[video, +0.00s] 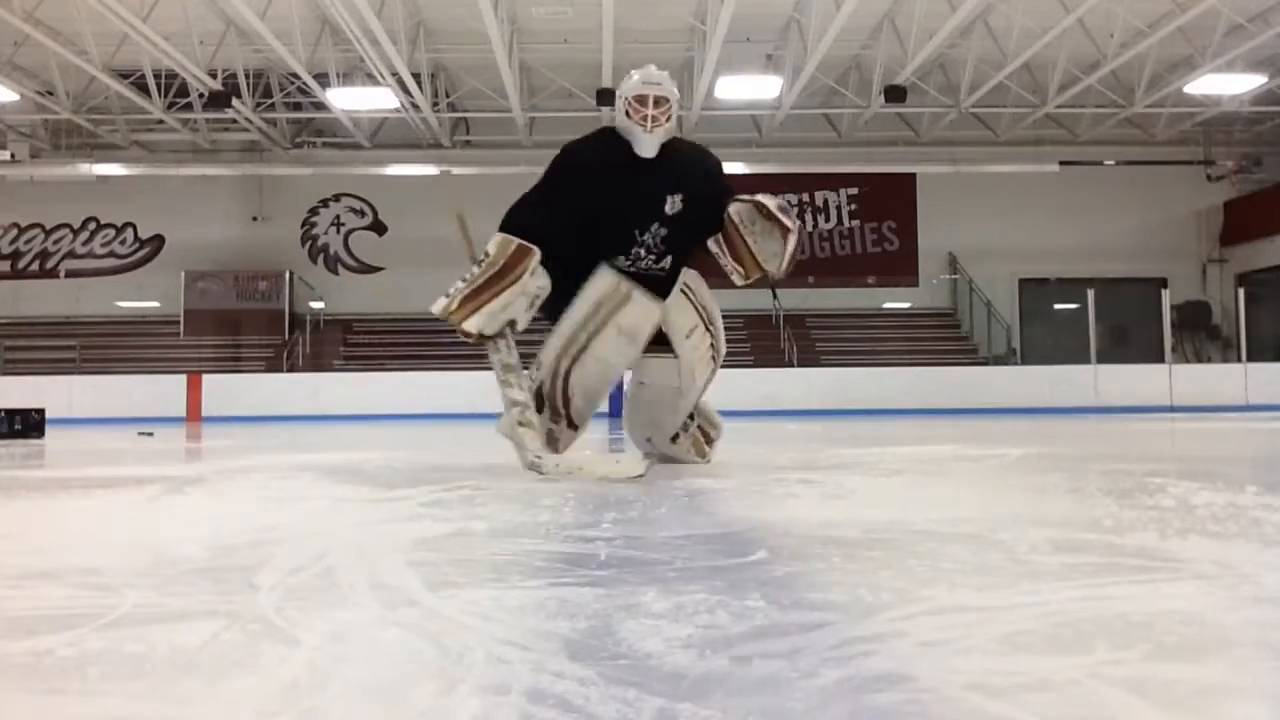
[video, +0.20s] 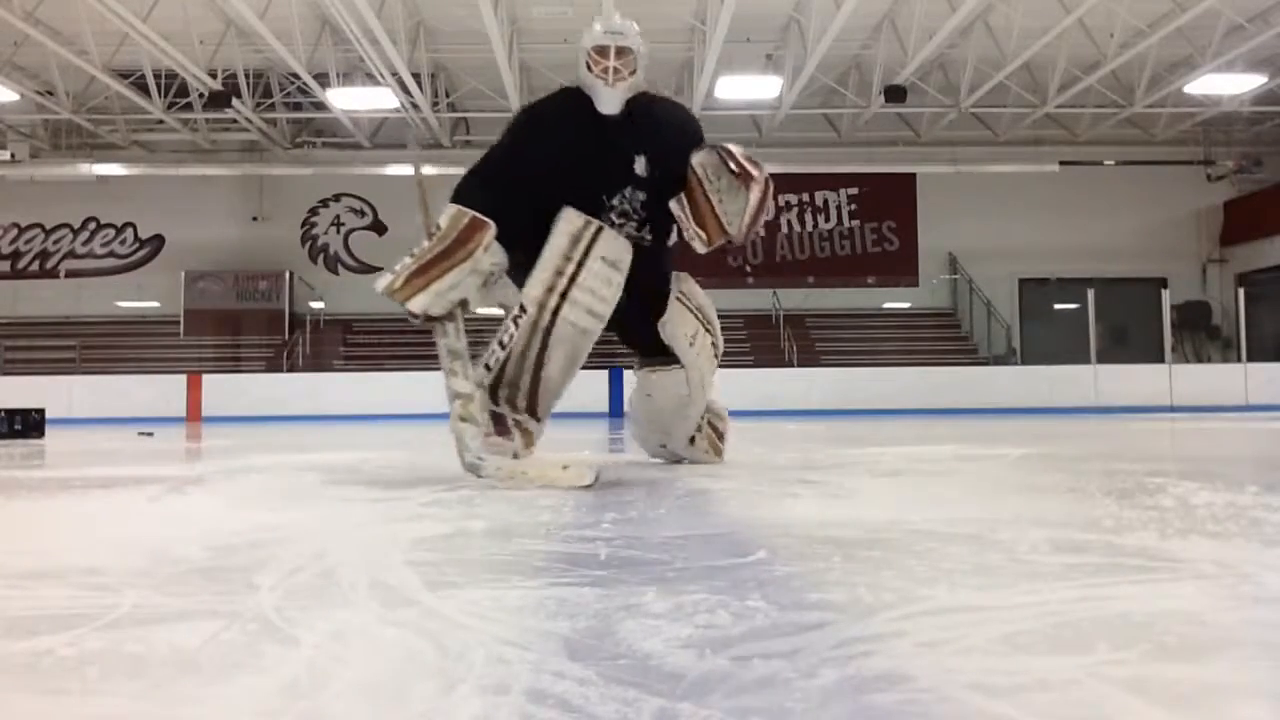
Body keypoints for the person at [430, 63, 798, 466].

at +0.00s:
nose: (650, 111)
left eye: (661, 102)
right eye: (639, 102)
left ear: (674, 109)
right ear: (621, 107)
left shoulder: (697, 166)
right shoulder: (586, 157)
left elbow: (720, 226)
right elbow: (532, 220)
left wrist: (758, 235)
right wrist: (502, 286)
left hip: (663, 281)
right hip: (590, 276)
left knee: (679, 356)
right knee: (595, 350)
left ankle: (663, 435)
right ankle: (550, 429)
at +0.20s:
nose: (611, 66)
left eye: (622, 57)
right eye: (601, 56)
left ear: (638, 62)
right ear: (585, 59)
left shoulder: (668, 125)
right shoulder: (549, 118)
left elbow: (704, 201)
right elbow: (489, 187)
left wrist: (732, 185)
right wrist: (452, 262)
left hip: (637, 261)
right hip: (557, 251)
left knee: (678, 345)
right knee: (556, 320)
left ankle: (667, 436)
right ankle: (505, 427)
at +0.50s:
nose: (597, 9)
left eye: (609, 1)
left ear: (624, 9)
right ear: (567, 7)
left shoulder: (656, 87)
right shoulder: (519, 75)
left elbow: (678, 171)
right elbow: (467, 170)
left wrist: (728, 177)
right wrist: (443, 253)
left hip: (609, 237)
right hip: (528, 232)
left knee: (678, 327)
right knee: (534, 333)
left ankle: (708, 436)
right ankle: (427, 440)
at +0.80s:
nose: (621, 7)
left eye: (634, 1)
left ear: (650, 6)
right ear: (583, 4)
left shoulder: (684, 70)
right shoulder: (534, 65)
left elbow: (719, 168)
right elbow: (486, 174)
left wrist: (769, 172)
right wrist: (453, 257)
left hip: (647, 231)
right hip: (552, 231)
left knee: (708, 324)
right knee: (514, 340)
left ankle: (775, 429)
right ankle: (423, 431)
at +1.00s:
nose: (626, 9)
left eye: (639, 0)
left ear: (656, 5)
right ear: (595, 4)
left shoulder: (695, 81)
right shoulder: (539, 77)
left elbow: (728, 180)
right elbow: (492, 180)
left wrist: (766, 198)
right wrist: (471, 265)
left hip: (663, 259)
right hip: (563, 259)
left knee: (735, 343)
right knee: (507, 359)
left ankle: (799, 439)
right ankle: (421, 443)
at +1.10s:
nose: (626, 39)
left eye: (640, 26)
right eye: (614, 25)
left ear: (657, 32)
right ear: (594, 29)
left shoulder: (696, 109)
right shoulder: (542, 106)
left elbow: (726, 199)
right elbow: (491, 213)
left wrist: (762, 213)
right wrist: (468, 297)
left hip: (668, 313)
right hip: (566, 312)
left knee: (683, 455)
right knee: (567, 458)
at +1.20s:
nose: (623, 79)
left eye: (637, 67)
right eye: (611, 66)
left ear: (656, 74)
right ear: (593, 72)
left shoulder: (700, 155)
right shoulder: (542, 150)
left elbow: (719, 253)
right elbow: (490, 249)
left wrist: (747, 284)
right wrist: (464, 322)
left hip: (666, 356)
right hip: (562, 356)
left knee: (693, 503)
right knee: (556, 505)